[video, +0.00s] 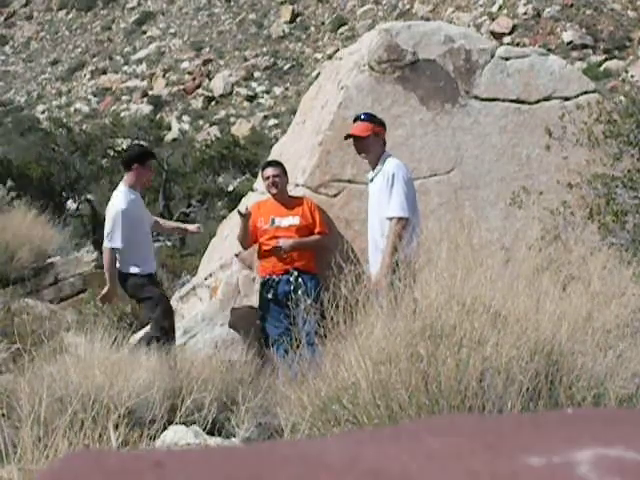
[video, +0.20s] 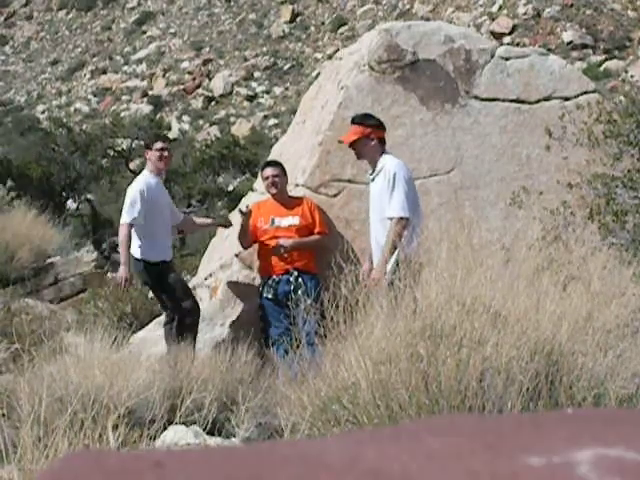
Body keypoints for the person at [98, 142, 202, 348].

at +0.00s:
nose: (152, 175)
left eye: (152, 170)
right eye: (149, 169)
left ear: (137, 169)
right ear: (135, 168)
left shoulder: (133, 198)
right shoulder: (120, 203)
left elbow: (154, 224)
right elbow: (109, 248)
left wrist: (185, 228)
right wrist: (111, 285)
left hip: (146, 273)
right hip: (134, 275)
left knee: (163, 320)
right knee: (164, 315)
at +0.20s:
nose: (165, 154)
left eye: (167, 150)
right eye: (160, 150)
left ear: (170, 155)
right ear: (148, 154)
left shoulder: (158, 186)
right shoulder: (140, 186)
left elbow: (181, 221)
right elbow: (125, 226)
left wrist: (215, 223)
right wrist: (124, 266)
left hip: (161, 260)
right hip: (152, 263)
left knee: (173, 312)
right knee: (189, 310)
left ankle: (175, 364)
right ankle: (184, 365)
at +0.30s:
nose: (168, 151)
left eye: (171, 146)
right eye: (163, 147)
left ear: (175, 151)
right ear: (152, 151)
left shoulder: (169, 185)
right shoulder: (148, 183)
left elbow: (188, 221)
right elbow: (133, 218)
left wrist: (218, 224)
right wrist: (137, 250)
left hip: (170, 258)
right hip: (157, 259)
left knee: (175, 316)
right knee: (188, 313)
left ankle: (176, 367)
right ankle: (194, 368)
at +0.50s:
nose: (178, 151)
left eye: (181, 146)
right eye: (172, 148)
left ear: (186, 150)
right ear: (162, 153)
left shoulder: (181, 183)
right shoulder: (159, 183)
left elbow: (194, 222)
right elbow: (151, 221)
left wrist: (221, 233)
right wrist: (174, 238)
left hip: (179, 257)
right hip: (164, 258)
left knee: (195, 314)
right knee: (188, 313)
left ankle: (194, 366)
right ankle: (184, 367)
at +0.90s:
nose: (185, 154)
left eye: (190, 150)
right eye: (181, 149)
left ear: (196, 156)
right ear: (173, 154)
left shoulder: (192, 194)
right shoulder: (158, 186)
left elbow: (199, 236)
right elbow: (139, 223)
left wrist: (220, 256)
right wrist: (150, 256)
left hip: (185, 260)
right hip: (164, 260)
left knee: (197, 316)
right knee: (188, 316)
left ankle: (198, 366)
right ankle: (186, 368)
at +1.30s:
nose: (162, 157)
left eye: (166, 152)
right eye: (157, 153)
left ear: (172, 156)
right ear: (150, 157)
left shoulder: (180, 188)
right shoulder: (143, 187)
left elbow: (195, 225)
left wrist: (218, 246)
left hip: (174, 259)